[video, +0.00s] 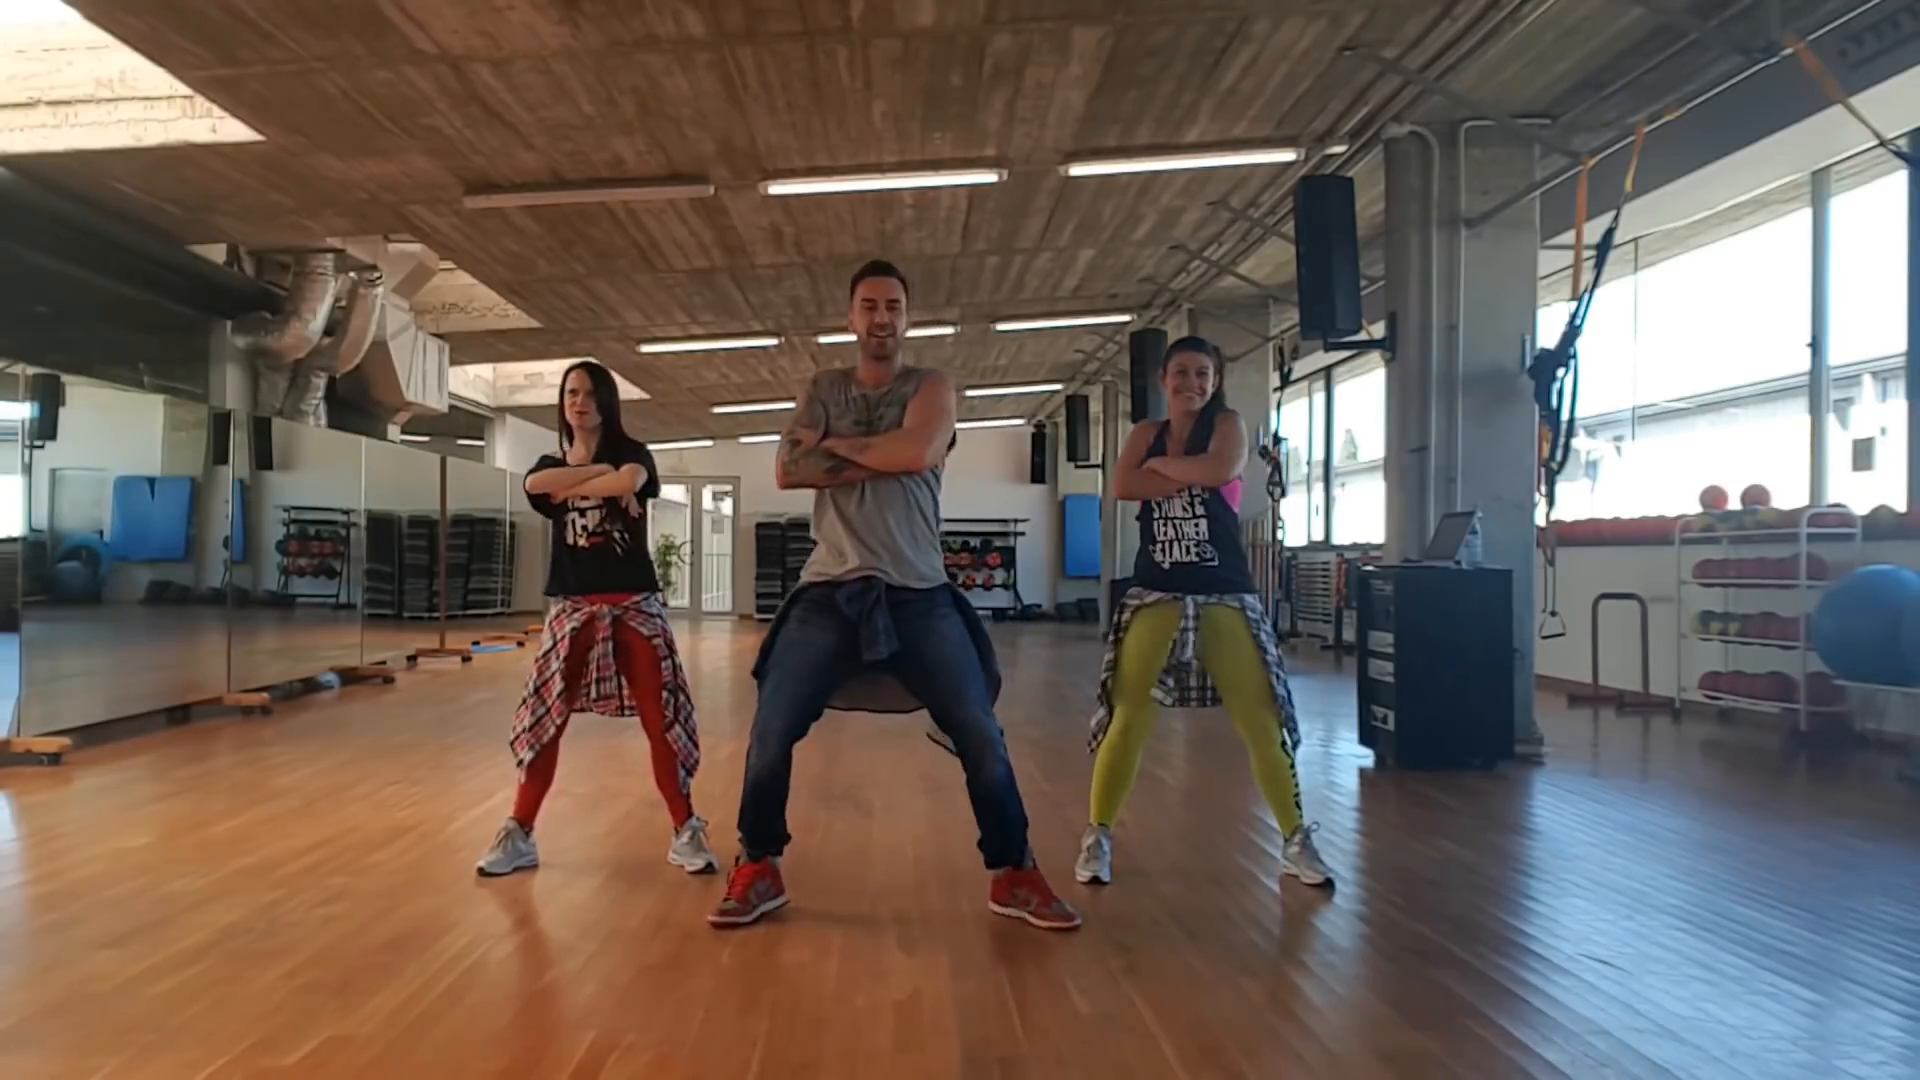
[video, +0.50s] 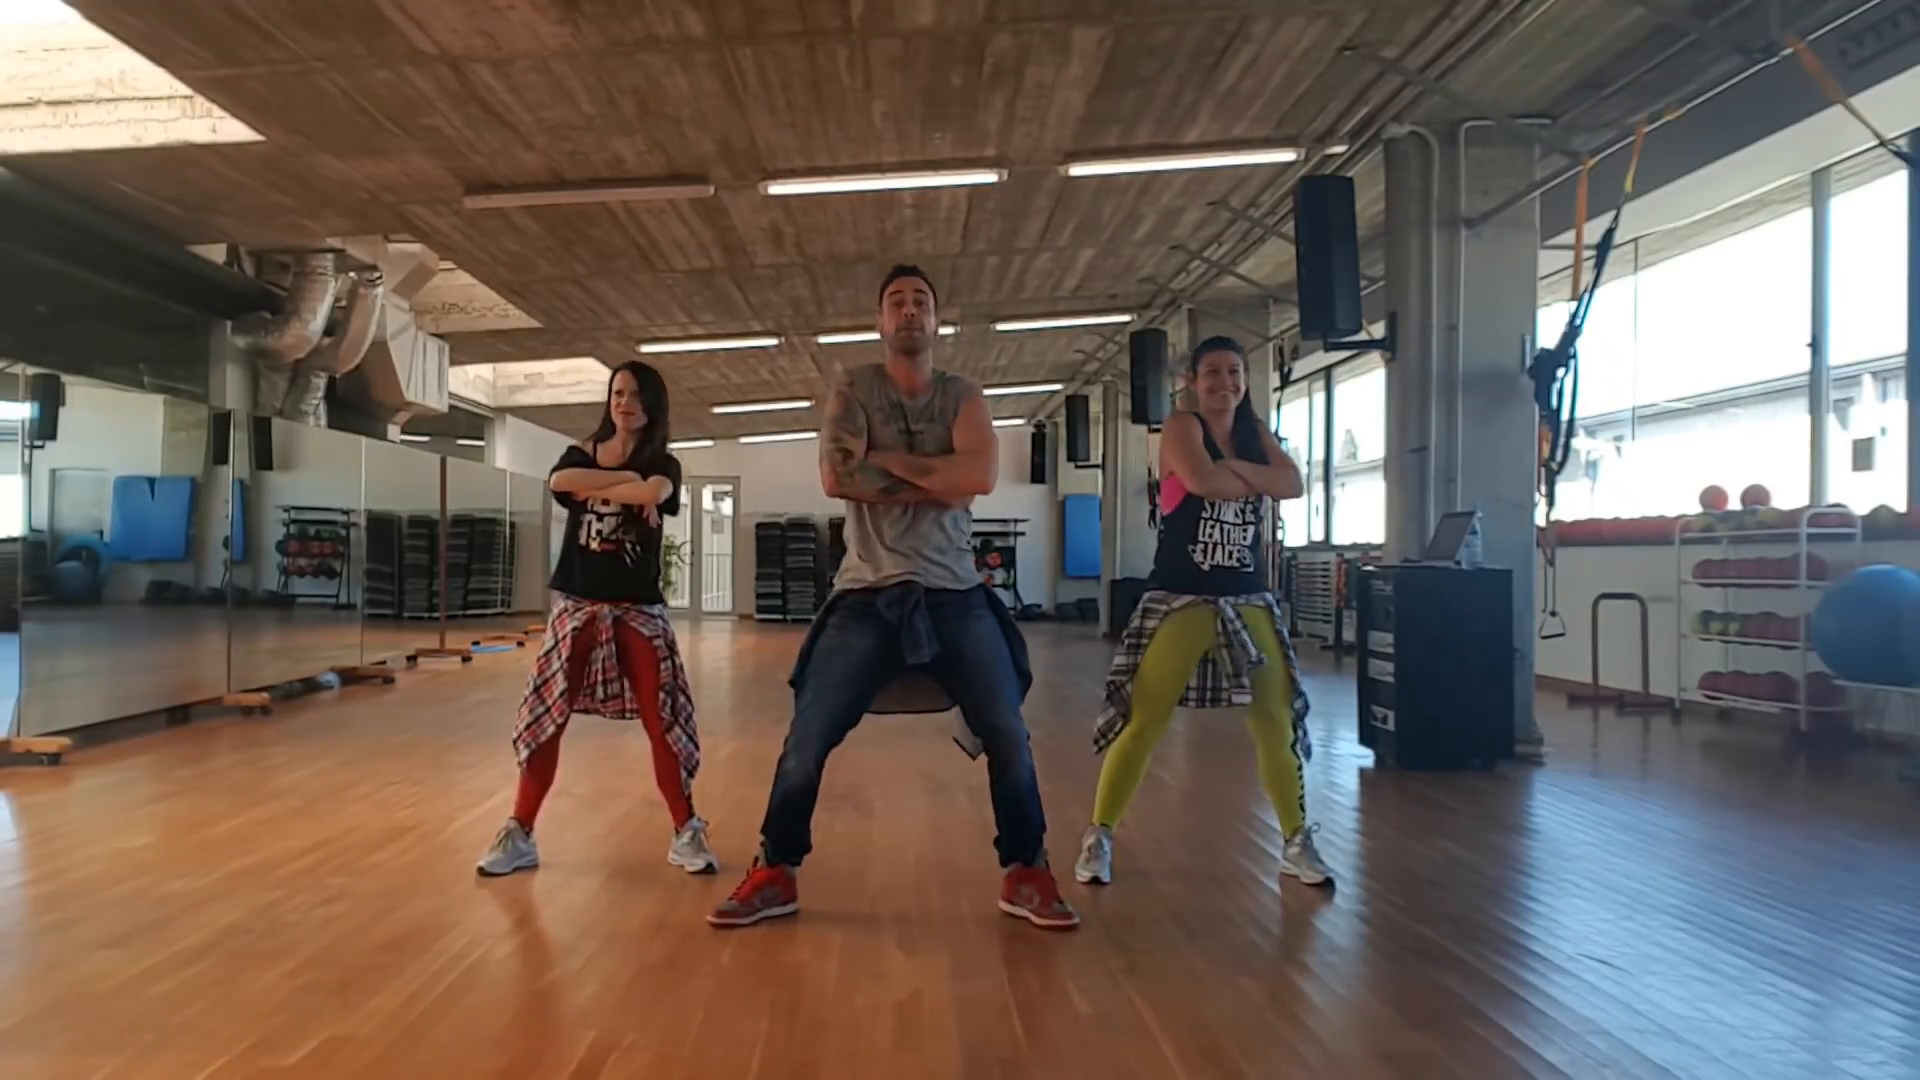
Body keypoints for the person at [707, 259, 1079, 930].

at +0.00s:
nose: (880, 317)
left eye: (891, 306)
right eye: (868, 305)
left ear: (907, 317)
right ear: (849, 315)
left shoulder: (930, 386)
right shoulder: (823, 390)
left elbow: (918, 453)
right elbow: (788, 472)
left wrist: (827, 442)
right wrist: (877, 458)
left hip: (918, 591)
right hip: (828, 589)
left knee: (978, 730)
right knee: (770, 730)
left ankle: (1013, 874)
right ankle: (758, 869)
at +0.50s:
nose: (909, 309)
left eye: (920, 301)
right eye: (897, 301)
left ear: (937, 321)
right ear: (878, 321)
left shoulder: (963, 396)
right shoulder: (853, 392)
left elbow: (977, 476)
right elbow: (835, 480)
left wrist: (882, 458)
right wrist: (931, 488)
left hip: (954, 592)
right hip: (866, 592)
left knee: (1005, 727)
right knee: (809, 731)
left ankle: (1025, 873)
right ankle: (775, 872)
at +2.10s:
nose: (810, 353)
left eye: (823, 341)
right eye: (799, 339)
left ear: (840, 348)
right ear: (783, 344)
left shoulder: (855, 421)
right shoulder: (756, 410)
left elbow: (912, 451)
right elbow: (713, 431)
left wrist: (916, 357)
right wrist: (734, 343)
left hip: (833, 598)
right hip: (758, 597)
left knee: (893, 738)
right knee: (685, 727)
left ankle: (980, 846)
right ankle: (745, 869)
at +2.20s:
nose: (800, 343)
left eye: (812, 331)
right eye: (789, 330)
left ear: (831, 337)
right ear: (775, 334)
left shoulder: (849, 405)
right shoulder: (747, 396)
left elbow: (914, 413)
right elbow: (701, 397)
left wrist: (913, 330)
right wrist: (716, 318)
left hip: (827, 582)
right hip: (747, 581)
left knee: (849, 727)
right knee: (688, 720)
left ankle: (897, 835)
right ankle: (735, 859)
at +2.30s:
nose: (798, 345)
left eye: (811, 334)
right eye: (787, 332)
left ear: (828, 341)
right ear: (770, 338)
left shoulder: (844, 409)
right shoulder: (745, 401)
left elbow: (892, 418)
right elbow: (715, 408)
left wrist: (897, 324)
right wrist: (726, 326)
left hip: (820, 599)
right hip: (741, 595)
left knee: (790, 735)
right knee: (708, 740)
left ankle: (824, 837)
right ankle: (732, 866)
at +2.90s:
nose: (895, 372)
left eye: (905, 359)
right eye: (883, 360)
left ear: (920, 362)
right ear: (868, 365)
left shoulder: (949, 428)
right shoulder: (846, 433)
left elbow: (955, 460)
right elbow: (787, 467)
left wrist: (925, 376)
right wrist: (772, 383)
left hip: (946, 621)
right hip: (874, 623)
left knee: (1034, 730)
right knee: (829, 760)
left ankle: (1031, 872)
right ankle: (699, 844)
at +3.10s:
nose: (940, 347)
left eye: (951, 334)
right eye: (929, 336)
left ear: (971, 339)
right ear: (913, 342)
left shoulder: (998, 398)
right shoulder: (896, 411)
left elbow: (1025, 403)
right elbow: (821, 426)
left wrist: (1004, 317)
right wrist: (803, 339)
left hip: (1002, 583)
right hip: (922, 583)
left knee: (1054, 727)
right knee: (891, 722)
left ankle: (1036, 868)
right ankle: (829, 827)